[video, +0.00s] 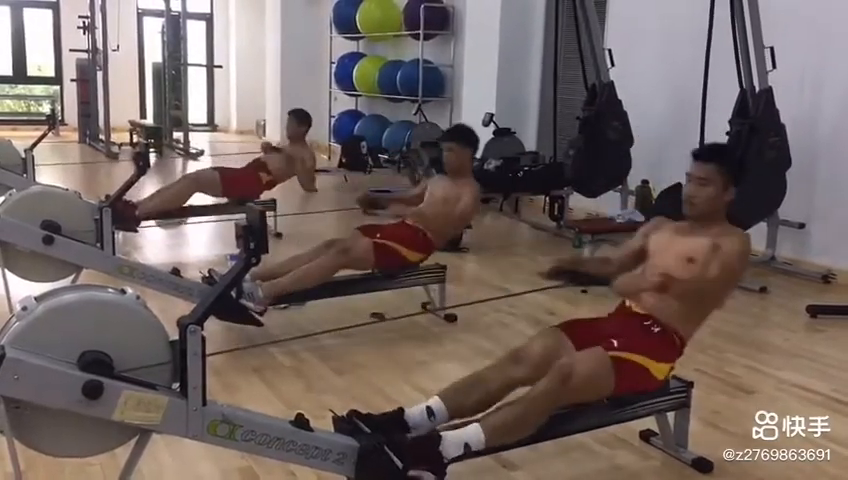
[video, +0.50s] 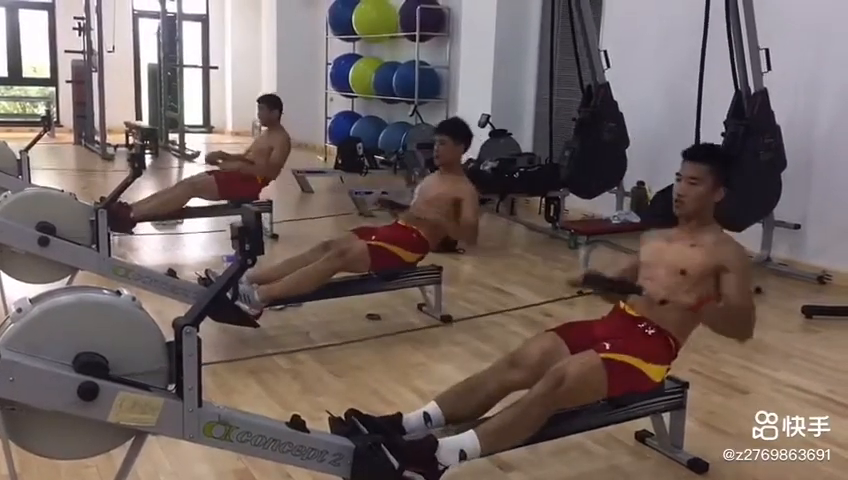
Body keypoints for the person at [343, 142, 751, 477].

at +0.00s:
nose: (689, 189)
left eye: (701, 183)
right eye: (689, 180)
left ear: (727, 193)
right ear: (687, 183)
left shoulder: (733, 241)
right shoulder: (660, 227)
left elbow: (706, 288)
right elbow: (615, 268)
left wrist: (657, 276)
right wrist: (573, 263)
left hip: (654, 344)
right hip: (614, 321)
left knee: (561, 376)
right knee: (523, 357)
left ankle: (442, 450)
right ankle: (407, 424)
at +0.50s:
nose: (681, 189)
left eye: (693, 183)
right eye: (680, 180)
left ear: (718, 193)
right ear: (677, 184)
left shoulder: (729, 252)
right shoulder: (658, 234)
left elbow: (743, 327)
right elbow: (633, 279)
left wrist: (697, 301)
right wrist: (601, 276)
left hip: (651, 347)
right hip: (612, 325)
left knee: (557, 381)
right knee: (518, 362)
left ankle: (444, 456)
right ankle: (405, 428)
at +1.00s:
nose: (632, 179)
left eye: (644, 171)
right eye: (631, 169)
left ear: (674, 177)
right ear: (629, 172)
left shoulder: (684, 238)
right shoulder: (614, 229)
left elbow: (645, 312)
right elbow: (555, 269)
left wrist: (584, 331)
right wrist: (504, 298)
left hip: (649, 348)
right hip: (607, 332)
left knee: (557, 394)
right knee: (515, 374)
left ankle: (444, 462)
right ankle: (407, 430)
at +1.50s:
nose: (612, 178)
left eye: (624, 170)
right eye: (610, 168)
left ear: (653, 177)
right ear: (608, 171)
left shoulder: (669, 235)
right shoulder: (599, 226)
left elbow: (623, 299)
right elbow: (535, 266)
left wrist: (557, 328)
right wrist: (479, 294)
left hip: (649, 346)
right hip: (605, 328)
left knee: (553, 383)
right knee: (510, 370)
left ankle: (450, 461)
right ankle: (411, 431)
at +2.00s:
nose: (567, 176)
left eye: (579, 168)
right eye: (566, 166)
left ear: (611, 177)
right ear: (565, 168)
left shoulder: (625, 235)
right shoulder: (558, 224)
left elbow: (570, 289)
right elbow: (486, 262)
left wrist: (500, 323)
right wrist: (426, 288)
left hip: (621, 358)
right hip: (578, 339)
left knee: (530, 342)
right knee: (481, 327)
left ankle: (448, 455)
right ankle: (413, 426)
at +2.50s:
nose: (472, 183)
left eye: (485, 173)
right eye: (472, 171)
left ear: (517, 180)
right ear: (470, 173)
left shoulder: (533, 243)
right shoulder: (468, 232)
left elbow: (475, 301)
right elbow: (392, 267)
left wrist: (385, 331)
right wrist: (317, 294)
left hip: (553, 382)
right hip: (505, 372)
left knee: (475, 318)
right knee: (427, 298)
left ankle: (446, 451)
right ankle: (414, 421)